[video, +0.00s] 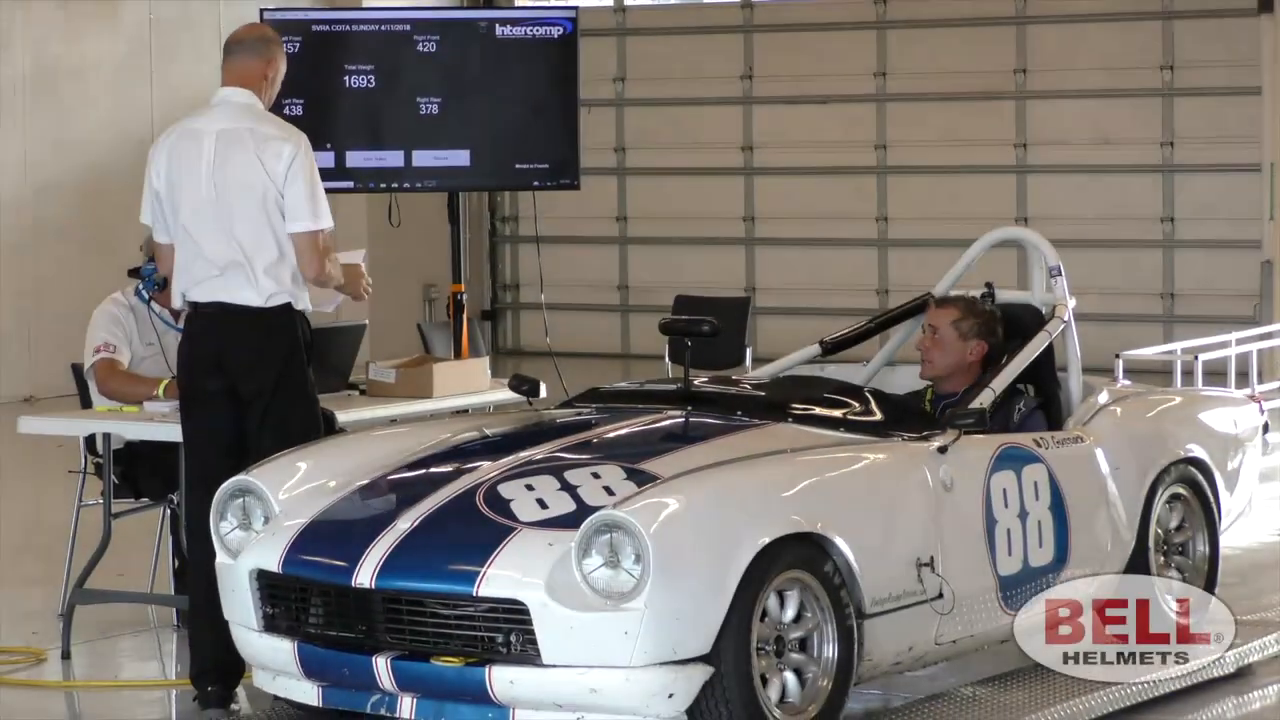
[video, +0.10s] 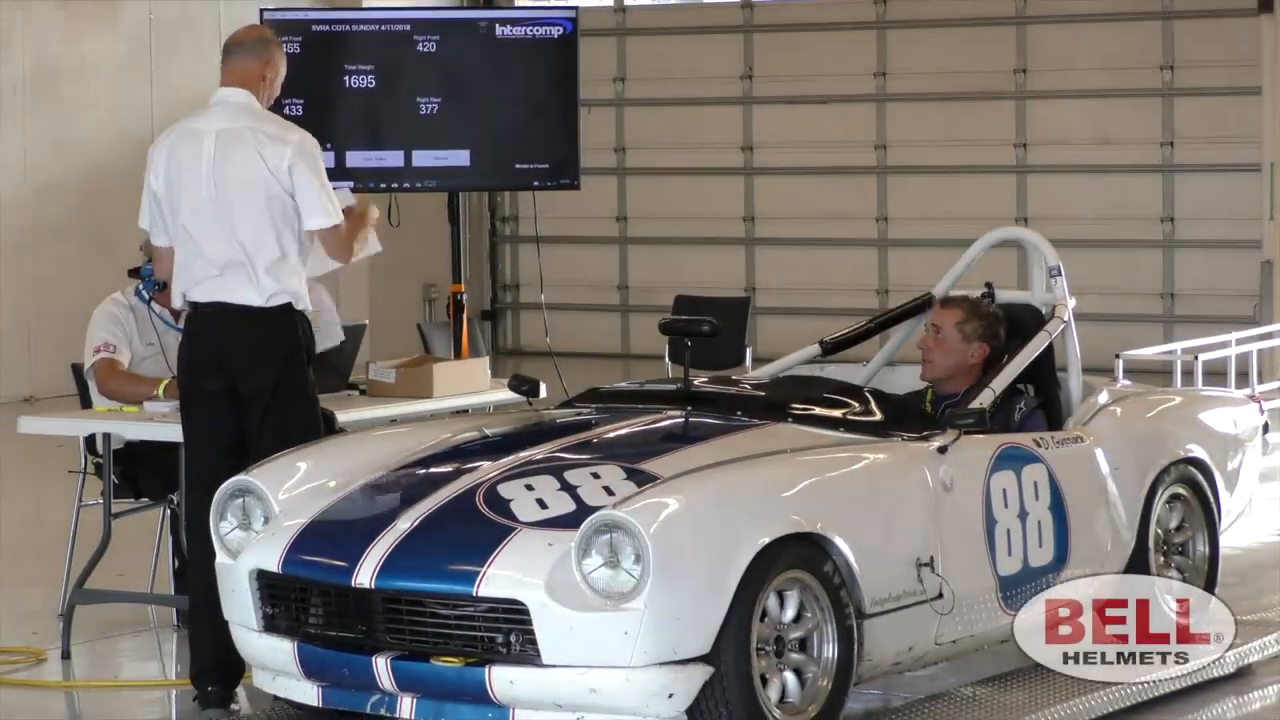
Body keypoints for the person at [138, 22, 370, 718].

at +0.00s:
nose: (281, 85)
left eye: (278, 75)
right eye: (282, 75)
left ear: (223, 69)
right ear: (272, 73)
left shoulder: (171, 142)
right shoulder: (286, 142)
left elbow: (167, 258)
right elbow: (313, 266)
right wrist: (344, 276)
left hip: (200, 336)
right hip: (272, 336)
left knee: (205, 505)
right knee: (286, 493)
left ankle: (212, 680)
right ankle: (289, 670)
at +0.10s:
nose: (280, 90)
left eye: (278, 79)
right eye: (281, 80)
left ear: (222, 71)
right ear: (270, 75)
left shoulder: (170, 143)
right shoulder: (290, 141)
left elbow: (164, 259)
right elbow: (334, 248)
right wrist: (359, 223)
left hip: (201, 337)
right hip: (275, 335)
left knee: (206, 505)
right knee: (291, 494)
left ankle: (211, 680)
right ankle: (293, 672)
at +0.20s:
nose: (288, 83)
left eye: (284, 72)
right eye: (289, 73)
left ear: (228, 67)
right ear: (279, 72)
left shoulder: (174, 141)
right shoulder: (296, 143)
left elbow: (161, 254)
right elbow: (348, 255)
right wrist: (344, 284)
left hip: (205, 334)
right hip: (278, 334)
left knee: (205, 505)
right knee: (289, 493)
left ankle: (212, 681)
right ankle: (290, 673)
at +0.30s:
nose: (288, 82)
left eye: (285, 71)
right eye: (288, 72)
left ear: (228, 69)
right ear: (279, 72)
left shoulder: (178, 143)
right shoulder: (295, 145)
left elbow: (168, 260)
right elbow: (321, 266)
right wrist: (342, 280)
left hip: (207, 334)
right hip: (279, 335)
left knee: (207, 506)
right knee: (291, 494)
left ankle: (212, 682)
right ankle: (291, 674)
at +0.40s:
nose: (288, 81)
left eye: (284, 70)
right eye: (288, 72)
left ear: (228, 68)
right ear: (279, 71)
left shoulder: (177, 144)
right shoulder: (295, 144)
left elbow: (167, 259)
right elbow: (321, 265)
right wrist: (341, 279)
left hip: (206, 335)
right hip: (278, 334)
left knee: (206, 507)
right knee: (290, 494)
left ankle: (212, 682)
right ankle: (291, 673)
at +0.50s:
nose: (279, 74)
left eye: (267, 61)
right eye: (281, 63)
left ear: (223, 64)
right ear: (277, 68)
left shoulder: (176, 144)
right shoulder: (296, 146)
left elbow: (166, 266)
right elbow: (322, 266)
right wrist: (341, 275)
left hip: (206, 339)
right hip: (279, 337)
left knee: (206, 507)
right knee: (293, 494)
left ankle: (212, 683)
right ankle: (293, 675)